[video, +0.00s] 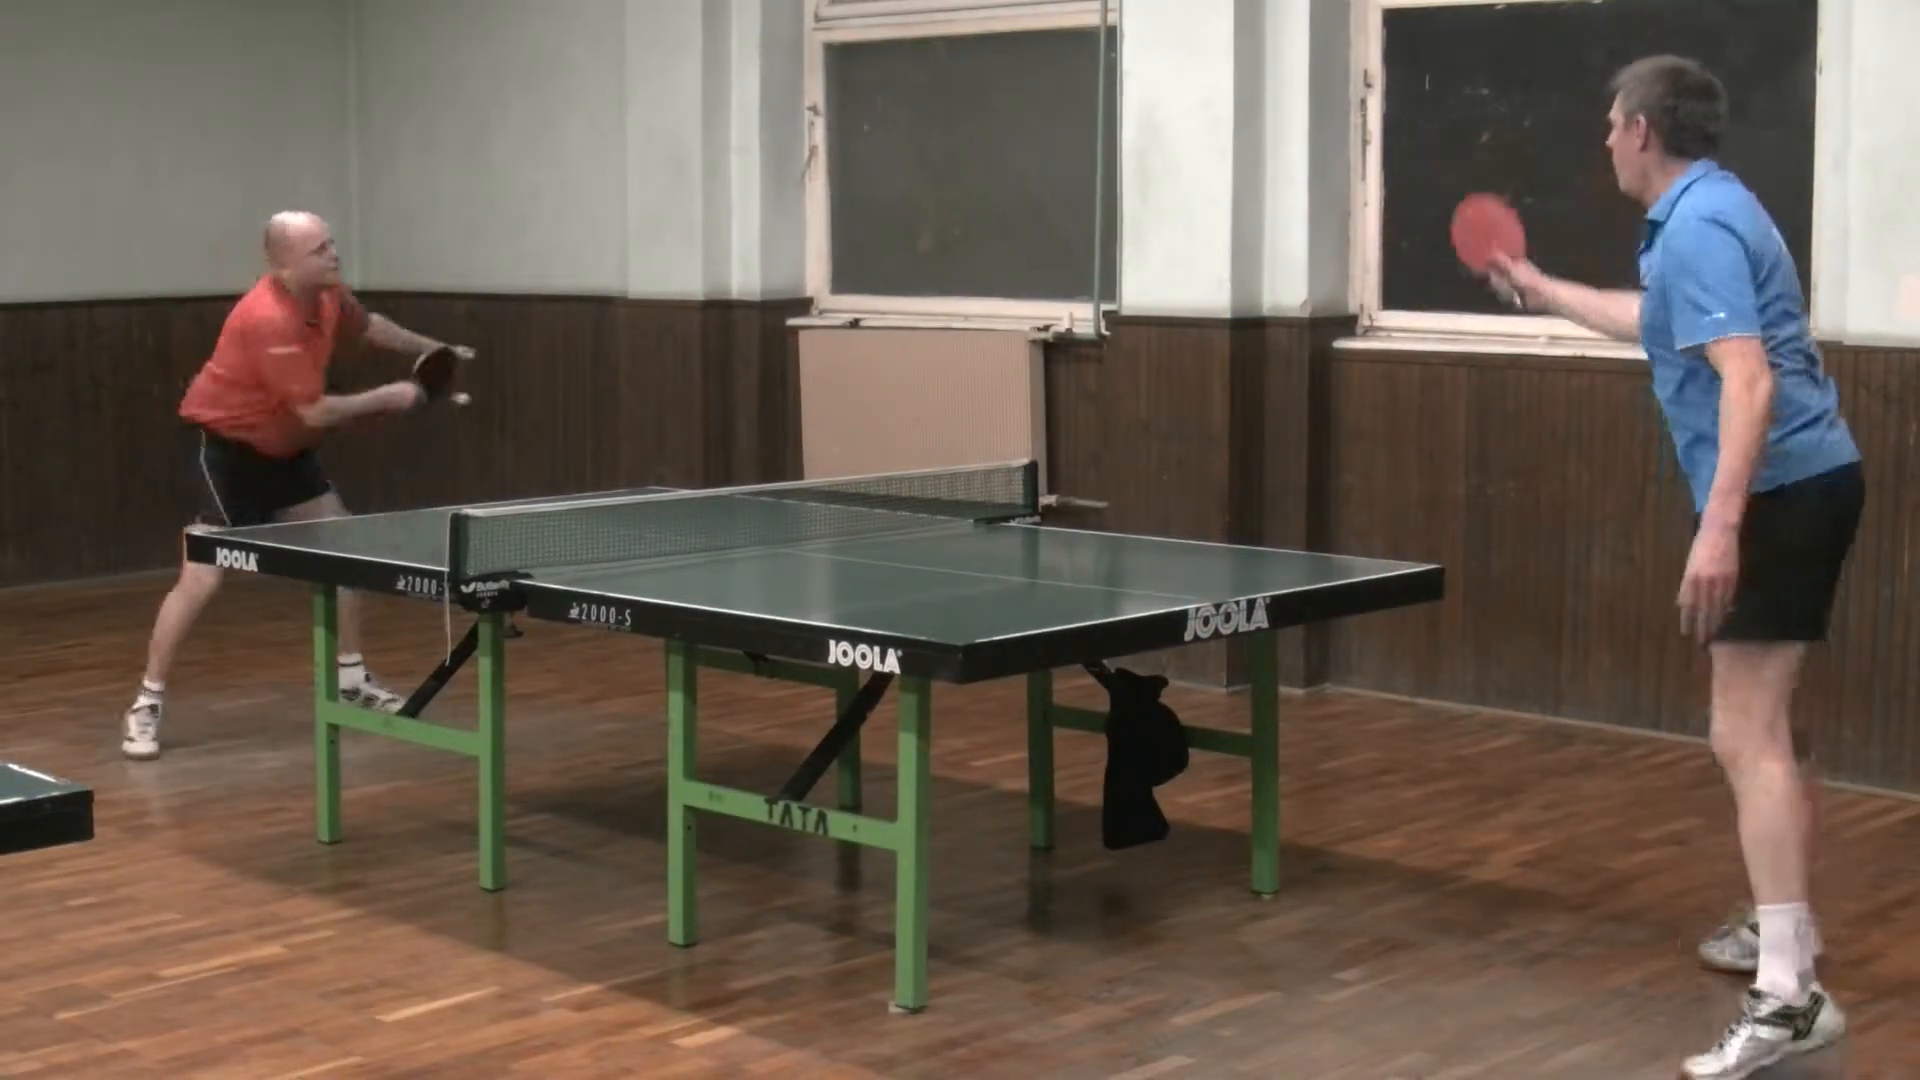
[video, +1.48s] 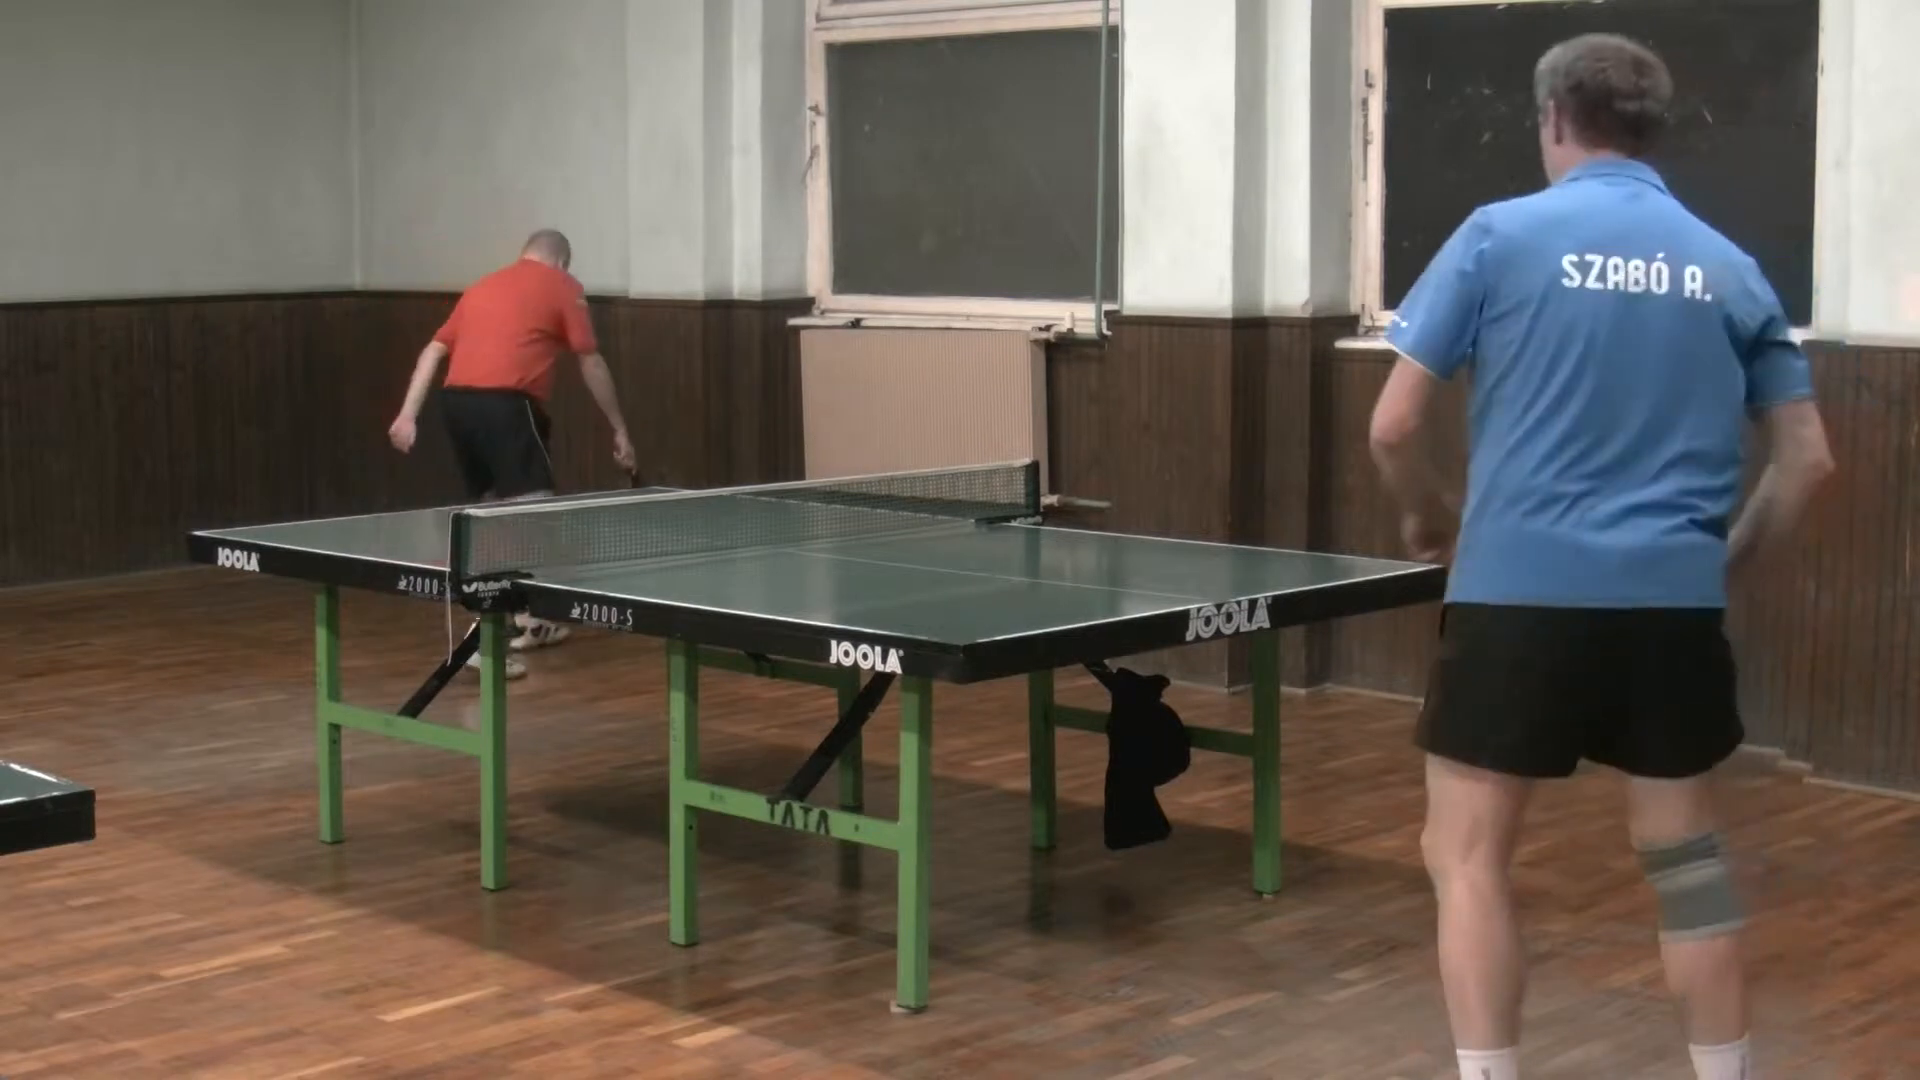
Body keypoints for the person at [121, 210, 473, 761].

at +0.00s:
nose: (334, 255)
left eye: (331, 246)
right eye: (321, 251)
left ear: (321, 253)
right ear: (287, 266)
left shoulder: (326, 292)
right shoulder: (267, 318)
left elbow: (370, 327)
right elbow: (312, 411)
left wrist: (434, 351)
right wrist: (388, 396)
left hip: (287, 446)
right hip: (226, 447)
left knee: (345, 547)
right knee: (201, 578)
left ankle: (351, 682)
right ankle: (147, 703)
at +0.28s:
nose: (422, 255)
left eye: (423, 244)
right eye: (422, 243)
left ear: (383, 231)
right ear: (405, 236)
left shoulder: (362, 277)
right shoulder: (357, 276)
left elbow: (334, 373)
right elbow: (357, 372)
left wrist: (356, 445)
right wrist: (424, 414)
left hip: (308, 425)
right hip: (271, 411)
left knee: (333, 551)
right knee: (255, 548)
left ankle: (338, 677)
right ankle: (168, 671)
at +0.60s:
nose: (431, 240)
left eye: (431, 232)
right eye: (434, 231)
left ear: (386, 221)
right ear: (429, 228)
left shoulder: (352, 262)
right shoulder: (407, 263)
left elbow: (336, 340)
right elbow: (394, 338)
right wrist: (401, 419)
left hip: (306, 401)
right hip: (350, 406)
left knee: (331, 539)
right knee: (383, 538)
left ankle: (337, 670)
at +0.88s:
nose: (464, 230)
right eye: (470, 223)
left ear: (422, 215)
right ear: (468, 222)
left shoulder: (390, 261)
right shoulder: (459, 267)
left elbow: (348, 339)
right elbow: (459, 346)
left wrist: (365, 395)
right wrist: (480, 426)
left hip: (371, 412)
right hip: (429, 417)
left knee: (367, 530)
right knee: (454, 536)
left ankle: (346, 657)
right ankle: (467, 655)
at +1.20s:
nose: (520, 228)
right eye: (523, 222)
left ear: (475, 213)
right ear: (519, 220)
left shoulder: (435, 257)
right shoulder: (526, 265)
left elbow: (393, 322)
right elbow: (550, 348)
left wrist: (371, 390)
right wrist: (576, 423)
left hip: (428, 408)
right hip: (490, 411)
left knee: (447, 522)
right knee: (499, 521)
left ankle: (461, 646)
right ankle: (480, 647)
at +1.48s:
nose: (566, 274)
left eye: (565, 269)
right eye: (568, 269)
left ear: (523, 254)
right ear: (561, 262)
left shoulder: (484, 286)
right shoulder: (563, 287)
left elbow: (434, 350)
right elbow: (590, 362)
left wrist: (407, 414)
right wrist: (619, 429)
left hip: (456, 403)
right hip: (510, 406)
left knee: (487, 511)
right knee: (535, 511)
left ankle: (486, 635)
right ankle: (535, 615)